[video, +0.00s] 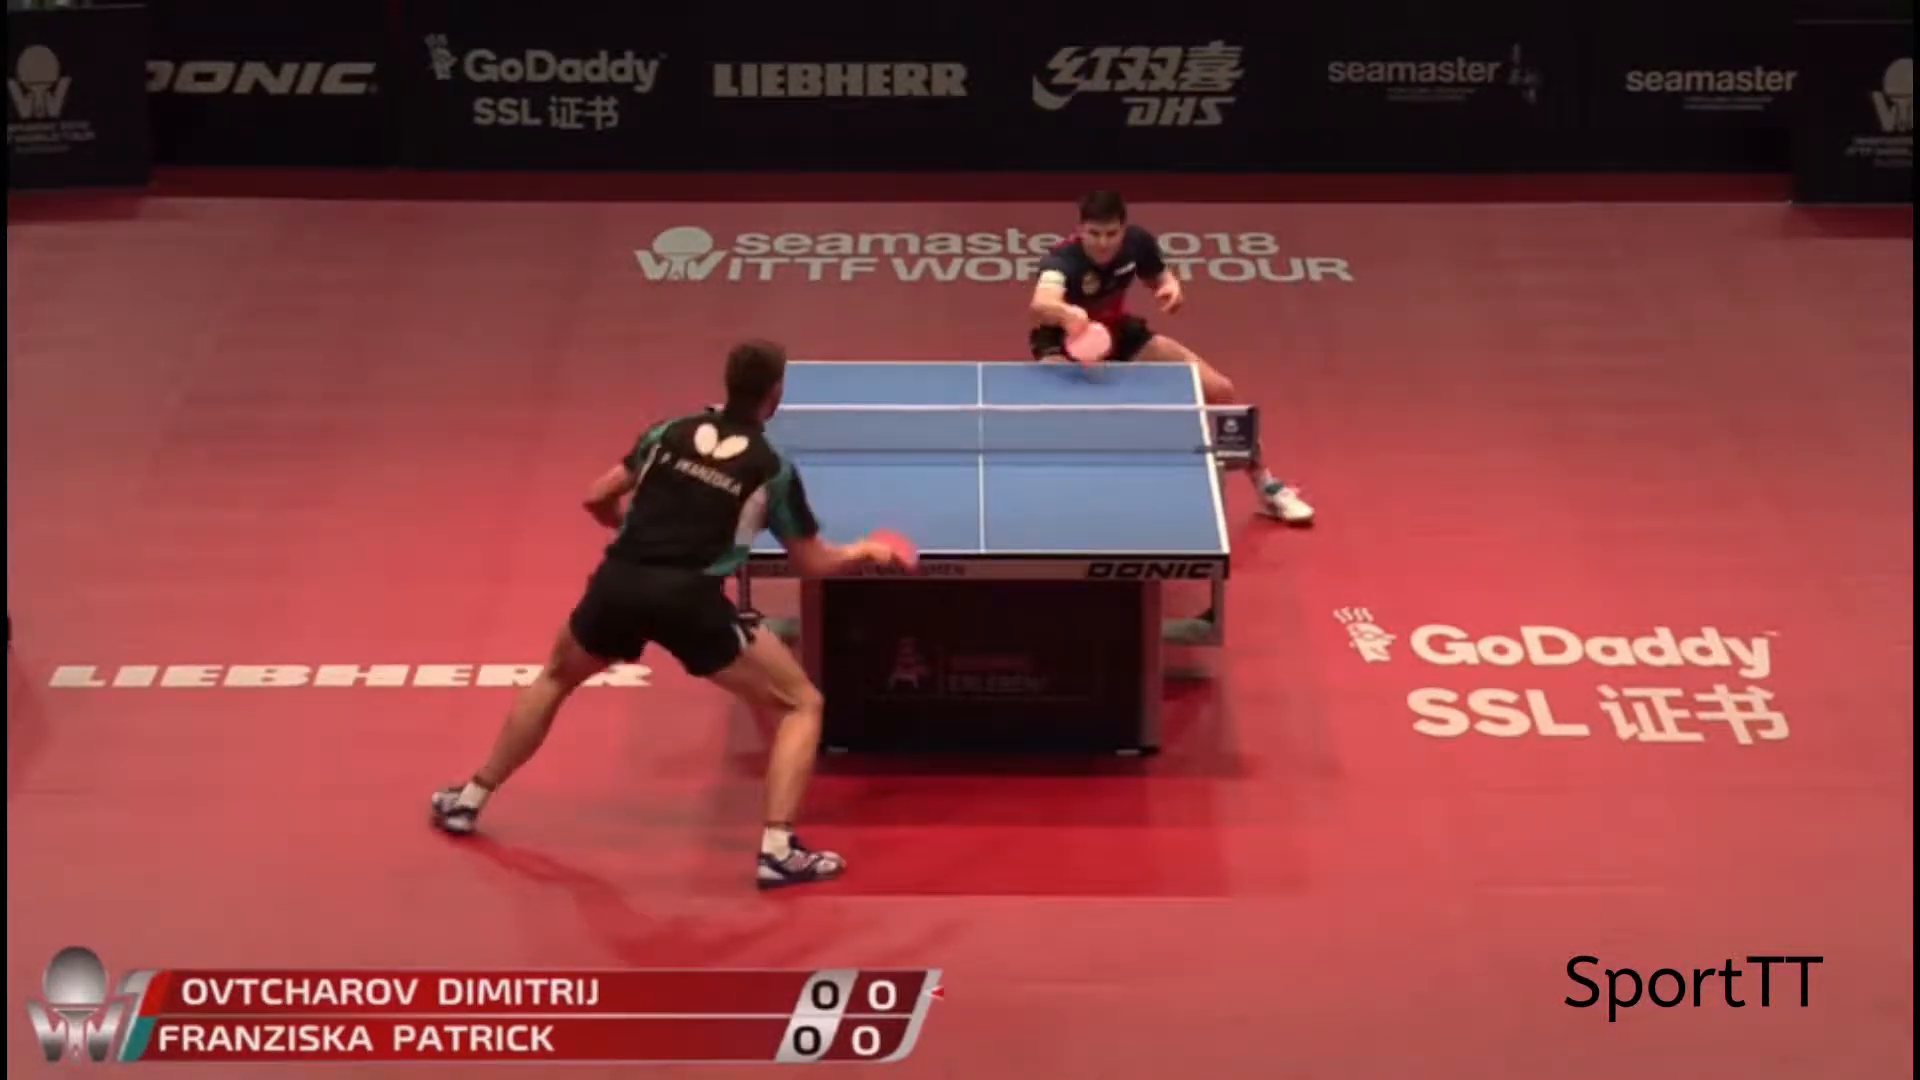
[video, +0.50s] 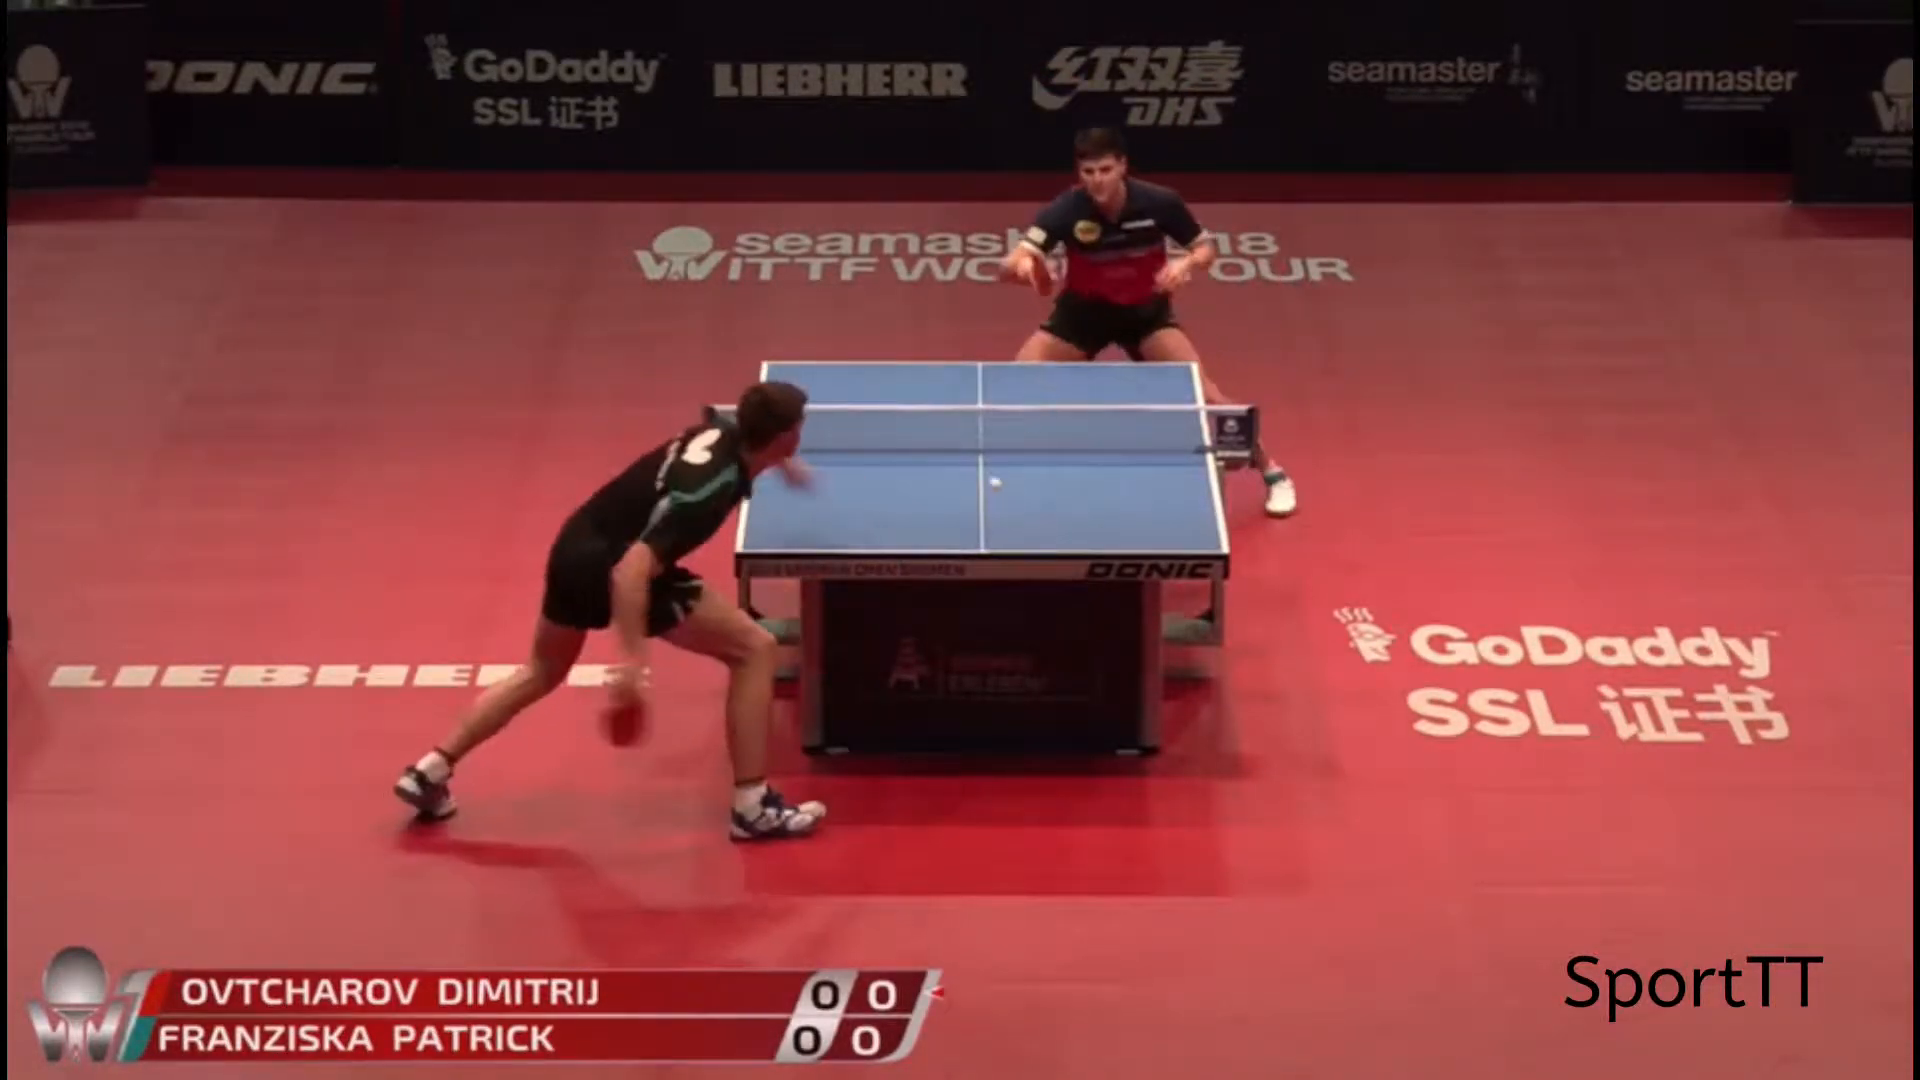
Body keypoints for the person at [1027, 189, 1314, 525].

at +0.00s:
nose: (1103, 243)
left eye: (1110, 234)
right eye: (1094, 234)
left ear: (1122, 228)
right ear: (1080, 230)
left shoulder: (1137, 244)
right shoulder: (1064, 257)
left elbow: (1162, 280)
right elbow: (1040, 304)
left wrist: (1171, 292)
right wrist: (1068, 315)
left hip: (1116, 332)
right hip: (1063, 339)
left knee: (1219, 389)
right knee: (1058, 403)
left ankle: (1266, 486)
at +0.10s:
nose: (1112, 202)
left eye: (1120, 192)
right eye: (1103, 193)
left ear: (1137, 189)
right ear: (1092, 194)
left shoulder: (1164, 222)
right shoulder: (1077, 225)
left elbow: (1198, 268)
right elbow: (1024, 277)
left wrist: (1194, 286)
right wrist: (1040, 283)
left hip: (1144, 321)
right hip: (1084, 324)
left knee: (1222, 391)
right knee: (1047, 386)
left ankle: (1256, 478)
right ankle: (1041, 488)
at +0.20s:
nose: (1112, 202)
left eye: (1120, 192)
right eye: (1103, 193)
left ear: (1137, 189)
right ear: (1092, 192)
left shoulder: (1164, 222)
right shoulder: (1077, 225)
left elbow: (1198, 269)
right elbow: (1024, 277)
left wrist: (1193, 286)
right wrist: (1040, 284)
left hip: (1145, 322)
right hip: (1084, 324)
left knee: (1223, 392)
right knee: (1045, 388)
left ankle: (1256, 477)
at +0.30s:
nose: (1116, 192)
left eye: (1125, 181)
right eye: (1108, 183)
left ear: (1142, 177)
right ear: (1096, 183)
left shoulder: (1173, 212)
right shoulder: (1082, 216)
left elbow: (1209, 259)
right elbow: (1034, 270)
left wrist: (1201, 285)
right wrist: (1041, 281)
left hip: (1154, 312)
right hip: (1092, 312)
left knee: (1215, 394)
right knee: (1034, 378)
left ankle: (1272, 475)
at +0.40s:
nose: (1115, 187)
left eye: (1123, 176)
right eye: (1106, 179)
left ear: (1141, 173)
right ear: (1096, 179)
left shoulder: (1174, 209)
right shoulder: (1085, 213)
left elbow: (1215, 256)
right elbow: (1038, 265)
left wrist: (1204, 284)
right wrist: (1041, 277)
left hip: (1159, 316)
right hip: (1095, 315)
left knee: (1211, 395)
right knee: (1034, 364)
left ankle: (1273, 475)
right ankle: (1023, 473)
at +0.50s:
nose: (1097, 181)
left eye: (1105, 171)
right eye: (1089, 172)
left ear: (1123, 167)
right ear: (1079, 173)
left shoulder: (1159, 204)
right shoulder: (1068, 210)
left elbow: (1205, 250)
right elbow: (1016, 261)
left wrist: (1185, 264)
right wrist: (1033, 267)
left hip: (1146, 315)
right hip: (1081, 314)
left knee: (1202, 393)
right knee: (1020, 382)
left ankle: (1273, 475)